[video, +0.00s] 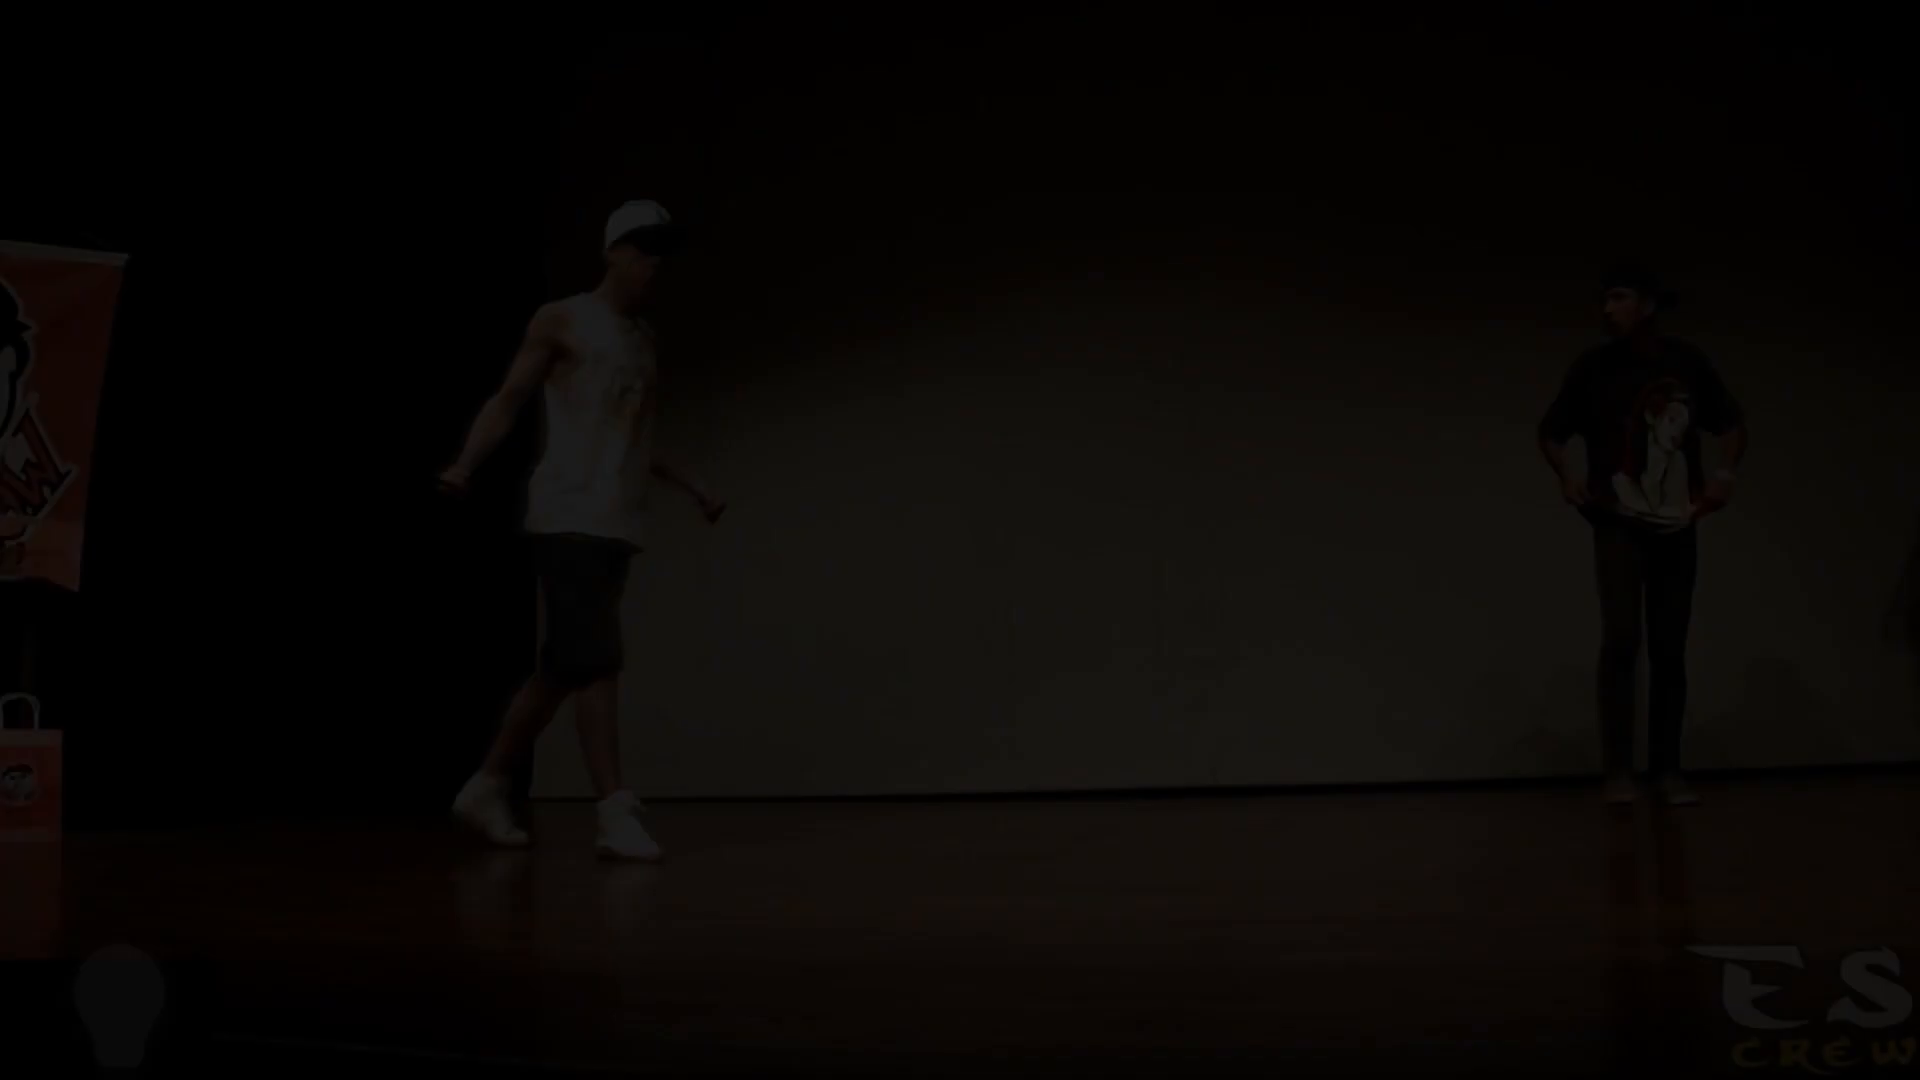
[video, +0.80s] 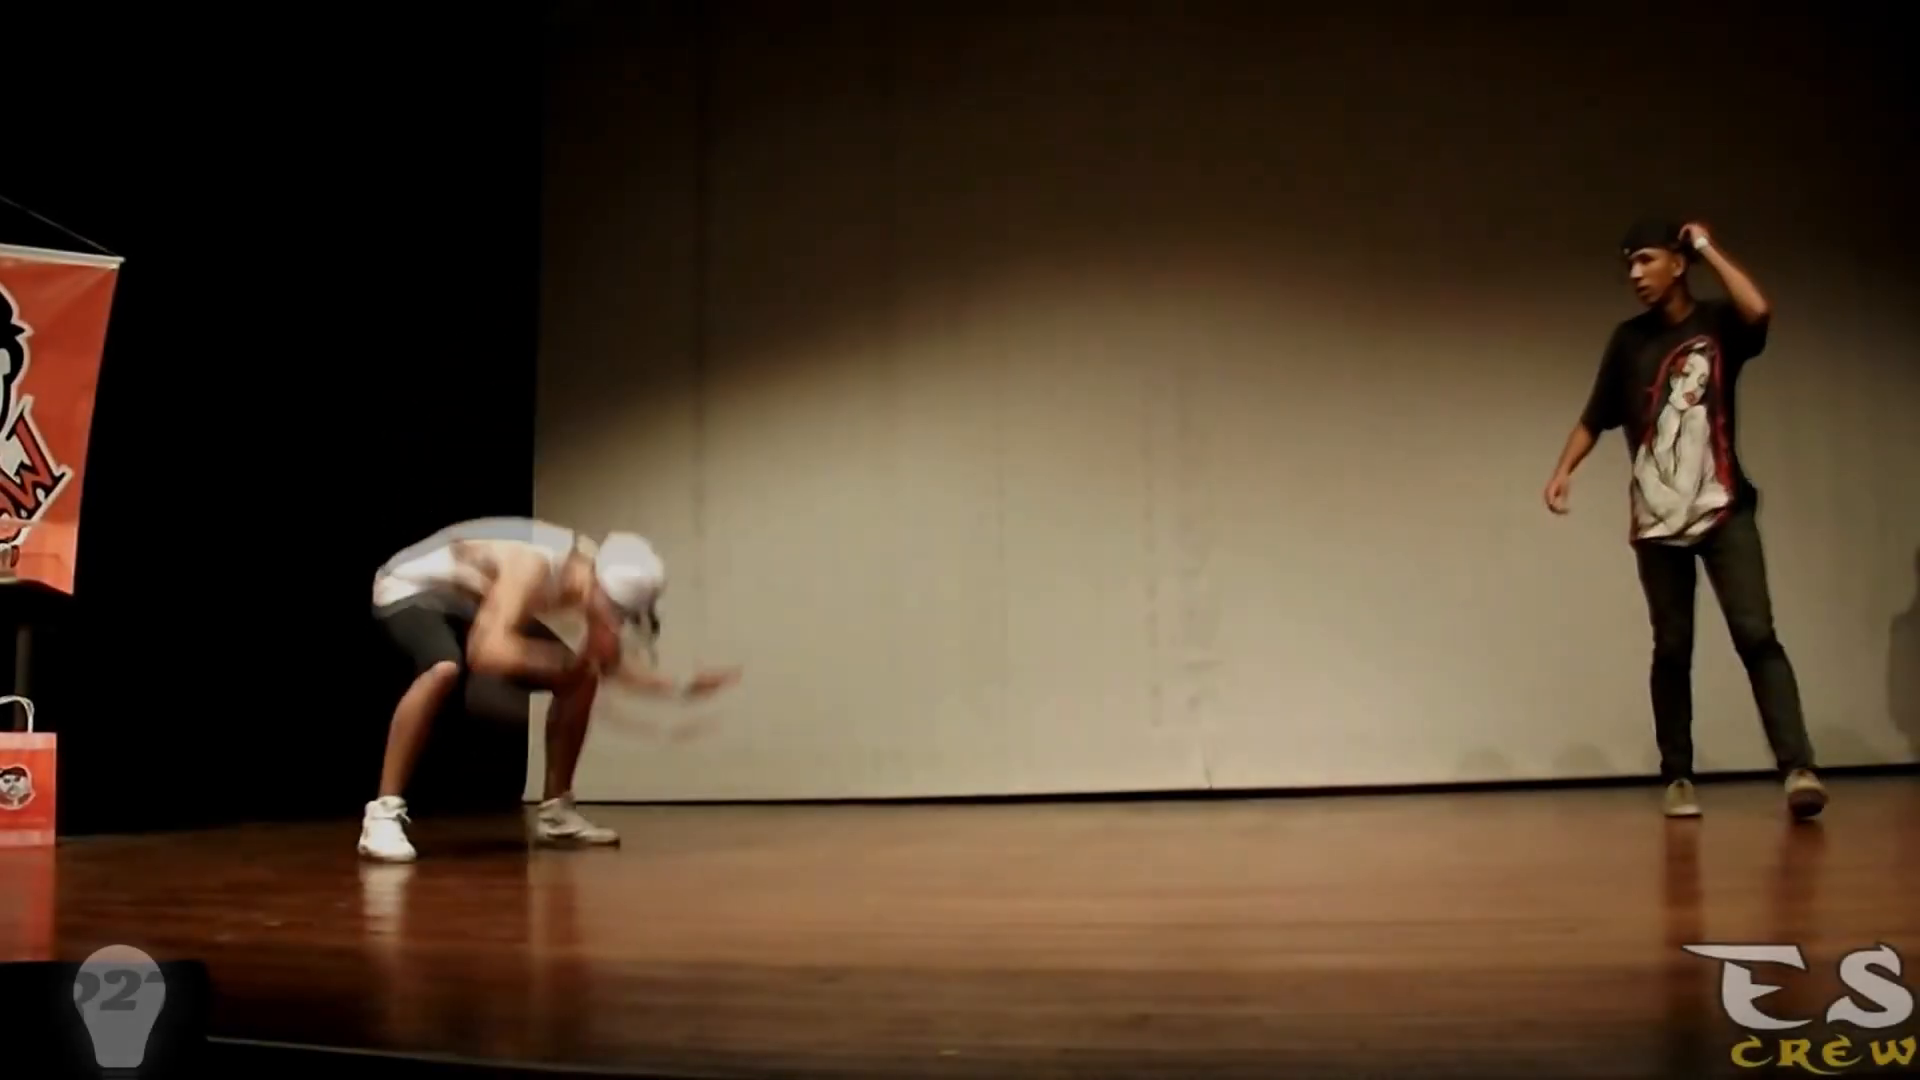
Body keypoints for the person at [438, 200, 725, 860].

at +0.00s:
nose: (651, 267)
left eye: (658, 256)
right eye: (641, 253)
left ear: (658, 264)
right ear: (613, 253)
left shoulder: (639, 339)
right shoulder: (562, 322)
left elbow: (636, 443)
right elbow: (508, 399)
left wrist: (693, 491)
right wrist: (465, 465)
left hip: (613, 522)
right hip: (564, 517)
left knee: (560, 665)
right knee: (596, 665)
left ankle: (486, 788)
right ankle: (614, 810)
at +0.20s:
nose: (628, 280)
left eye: (638, 272)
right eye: (621, 265)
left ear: (641, 279)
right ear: (590, 259)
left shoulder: (610, 351)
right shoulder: (531, 317)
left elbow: (603, 441)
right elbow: (467, 383)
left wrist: (663, 485)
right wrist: (430, 428)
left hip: (566, 527)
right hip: (512, 513)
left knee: (518, 662)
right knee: (543, 651)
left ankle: (469, 796)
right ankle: (548, 798)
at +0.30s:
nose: (620, 288)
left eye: (629, 279)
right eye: (617, 272)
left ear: (624, 280)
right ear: (587, 257)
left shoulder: (591, 338)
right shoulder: (521, 307)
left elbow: (584, 428)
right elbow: (451, 368)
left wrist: (647, 470)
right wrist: (415, 411)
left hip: (554, 521)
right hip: (504, 509)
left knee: (532, 662)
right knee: (509, 653)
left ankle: (477, 791)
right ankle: (471, 791)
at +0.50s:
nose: (628, 352)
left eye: (637, 345)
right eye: (627, 337)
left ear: (628, 334)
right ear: (601, 311)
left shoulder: (587, 372)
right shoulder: (526, 339)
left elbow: (586, 442)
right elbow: (432, 382)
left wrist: (663, 469)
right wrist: (454, 400)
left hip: (515, 541)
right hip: (454, 529)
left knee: (558, 656)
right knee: (454, 662)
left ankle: (499, 784)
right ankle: (405, 797)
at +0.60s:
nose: (629, 417)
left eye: (640, 413)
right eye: (631, 403)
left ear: (646, 407)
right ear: (614, 376)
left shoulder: (601, 411)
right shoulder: (538, 375)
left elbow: (617, 474)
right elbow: (445, 401)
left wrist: (689, 494)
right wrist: (496, 416)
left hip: (500, 528)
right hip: (436, 512)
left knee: (558, 643)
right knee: (451, 634)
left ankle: (533, 779)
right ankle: (402, 781)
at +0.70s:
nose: (626, 515)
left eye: (636, 508)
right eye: (625, 501)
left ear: (642, 494)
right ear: (606, 472)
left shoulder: (605, 490)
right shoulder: (545, 463)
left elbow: (644, 555)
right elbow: (472, 488)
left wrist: (715, 567)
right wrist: (529, 507)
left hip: (495, 559)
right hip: (424, 539)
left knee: (555, 666)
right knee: (437, 652)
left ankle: (555, 805)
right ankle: (389, 801)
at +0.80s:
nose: (619, 621)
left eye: (628, 615)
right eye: (617, 608)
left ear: (629, 598)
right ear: (597, 580)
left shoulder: (596, 585)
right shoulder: (530, 566)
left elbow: (611, 667)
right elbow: (486, 652)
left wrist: (678, 688)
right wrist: (561, 663)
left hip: (481, 607)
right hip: (412, 589)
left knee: (580, 674)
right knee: (443, 666)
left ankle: (555, 812)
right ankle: (382, 816)